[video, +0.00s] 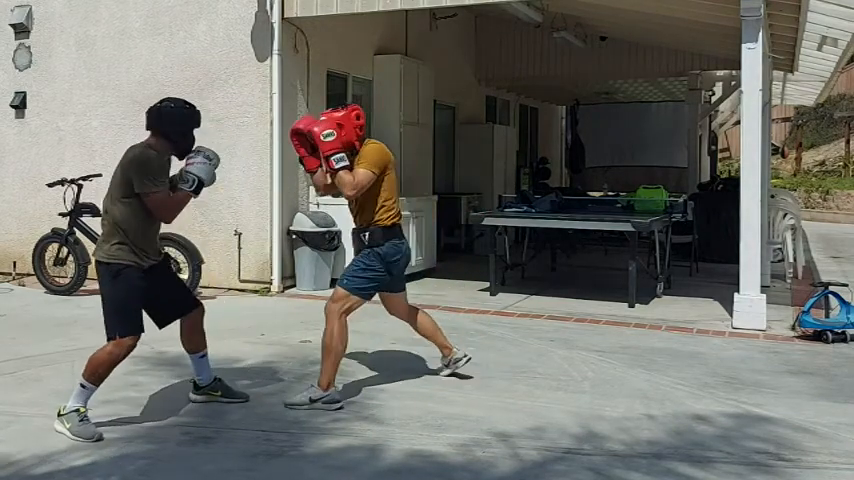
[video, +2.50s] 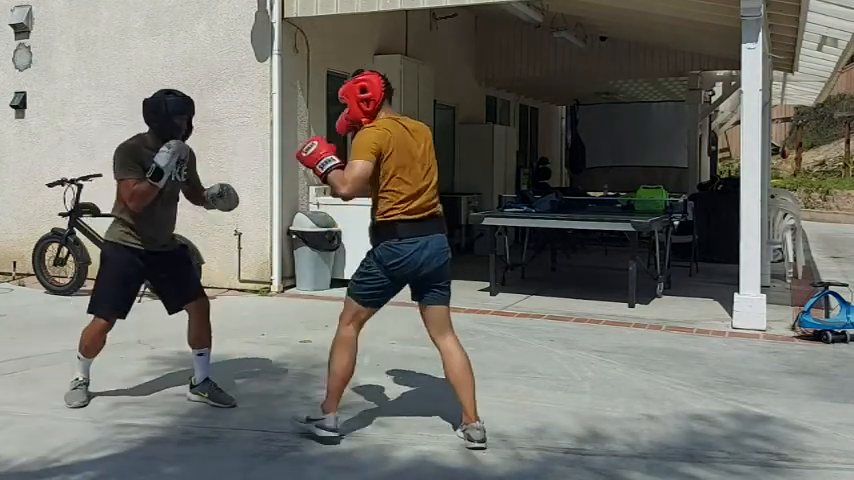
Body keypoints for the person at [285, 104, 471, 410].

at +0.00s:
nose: (333, 137)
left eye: (334, 132)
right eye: (332, 133)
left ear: (347, 131)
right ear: (353, 131)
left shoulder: (374, 150)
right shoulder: (354, 156)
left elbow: (351, 189)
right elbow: (324, 187)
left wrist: (333, 151)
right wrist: (310, 156)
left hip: (380, 249)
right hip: (387, 247)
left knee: (335, 308)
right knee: (400, 308)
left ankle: (325, 389)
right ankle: (452, 355)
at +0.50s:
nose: (337, 128)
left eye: (340, 121)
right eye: (336, 123)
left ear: (357, 118)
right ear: (364, 119)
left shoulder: (367, 138)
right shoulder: (373, 145)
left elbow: (349, 162)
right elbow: (338, 184)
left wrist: (315, 143)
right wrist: (314, 158)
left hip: (371, 240)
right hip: (392, 239)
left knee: (322, 306)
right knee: (397, 303)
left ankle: (319, 386)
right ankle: (433, 361)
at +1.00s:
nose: (344, 128)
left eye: (346, 122)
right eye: (343, 123)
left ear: (361, 120)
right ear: (369, 118)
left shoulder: (378, 144)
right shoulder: (380, 144)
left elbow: (376, 187)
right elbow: (353, 187)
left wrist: (339, 168)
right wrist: (330, 157)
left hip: (383, 244)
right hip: (402, 242)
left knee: (335, 307)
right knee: (416, 310)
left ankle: (326, 391)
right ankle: (458, 374)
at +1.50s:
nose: (310, 123)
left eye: (313, 117)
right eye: (310, 117)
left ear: (328, 116)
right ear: (345, 116)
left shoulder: (334, 138)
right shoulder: (374, 144)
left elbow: (293, 154)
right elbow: (339, 178)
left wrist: (264, 147)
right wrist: (305, 147)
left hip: (356, 246)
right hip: (389, 242)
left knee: (306, 314)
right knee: (398, 305)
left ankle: (294, 397)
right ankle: (434, 368)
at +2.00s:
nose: (358, 115)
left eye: (360, 108)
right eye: (358, 107)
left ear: (373, 105)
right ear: (396, 107)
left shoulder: (366, 139)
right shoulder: (423, 145)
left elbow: (349, 189)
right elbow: (396, 176)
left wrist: (315, 206)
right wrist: (358, 148)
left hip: (381, 250)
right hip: (421, 248)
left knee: (339, 325)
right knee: (430, 331)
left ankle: (309, 399)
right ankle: (457, 410)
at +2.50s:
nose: (347, 112)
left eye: (348, 105)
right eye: (346, 105)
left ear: (363, 104)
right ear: (385, 101)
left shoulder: (371, 134)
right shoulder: (421, 129)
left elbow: (347, 187)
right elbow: (379, 180)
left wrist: (324, 163)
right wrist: (354, 141)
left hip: (395, 246)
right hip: (436, 242)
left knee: (349, 324)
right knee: (445, 334)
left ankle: (329, 416)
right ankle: (472, 422)